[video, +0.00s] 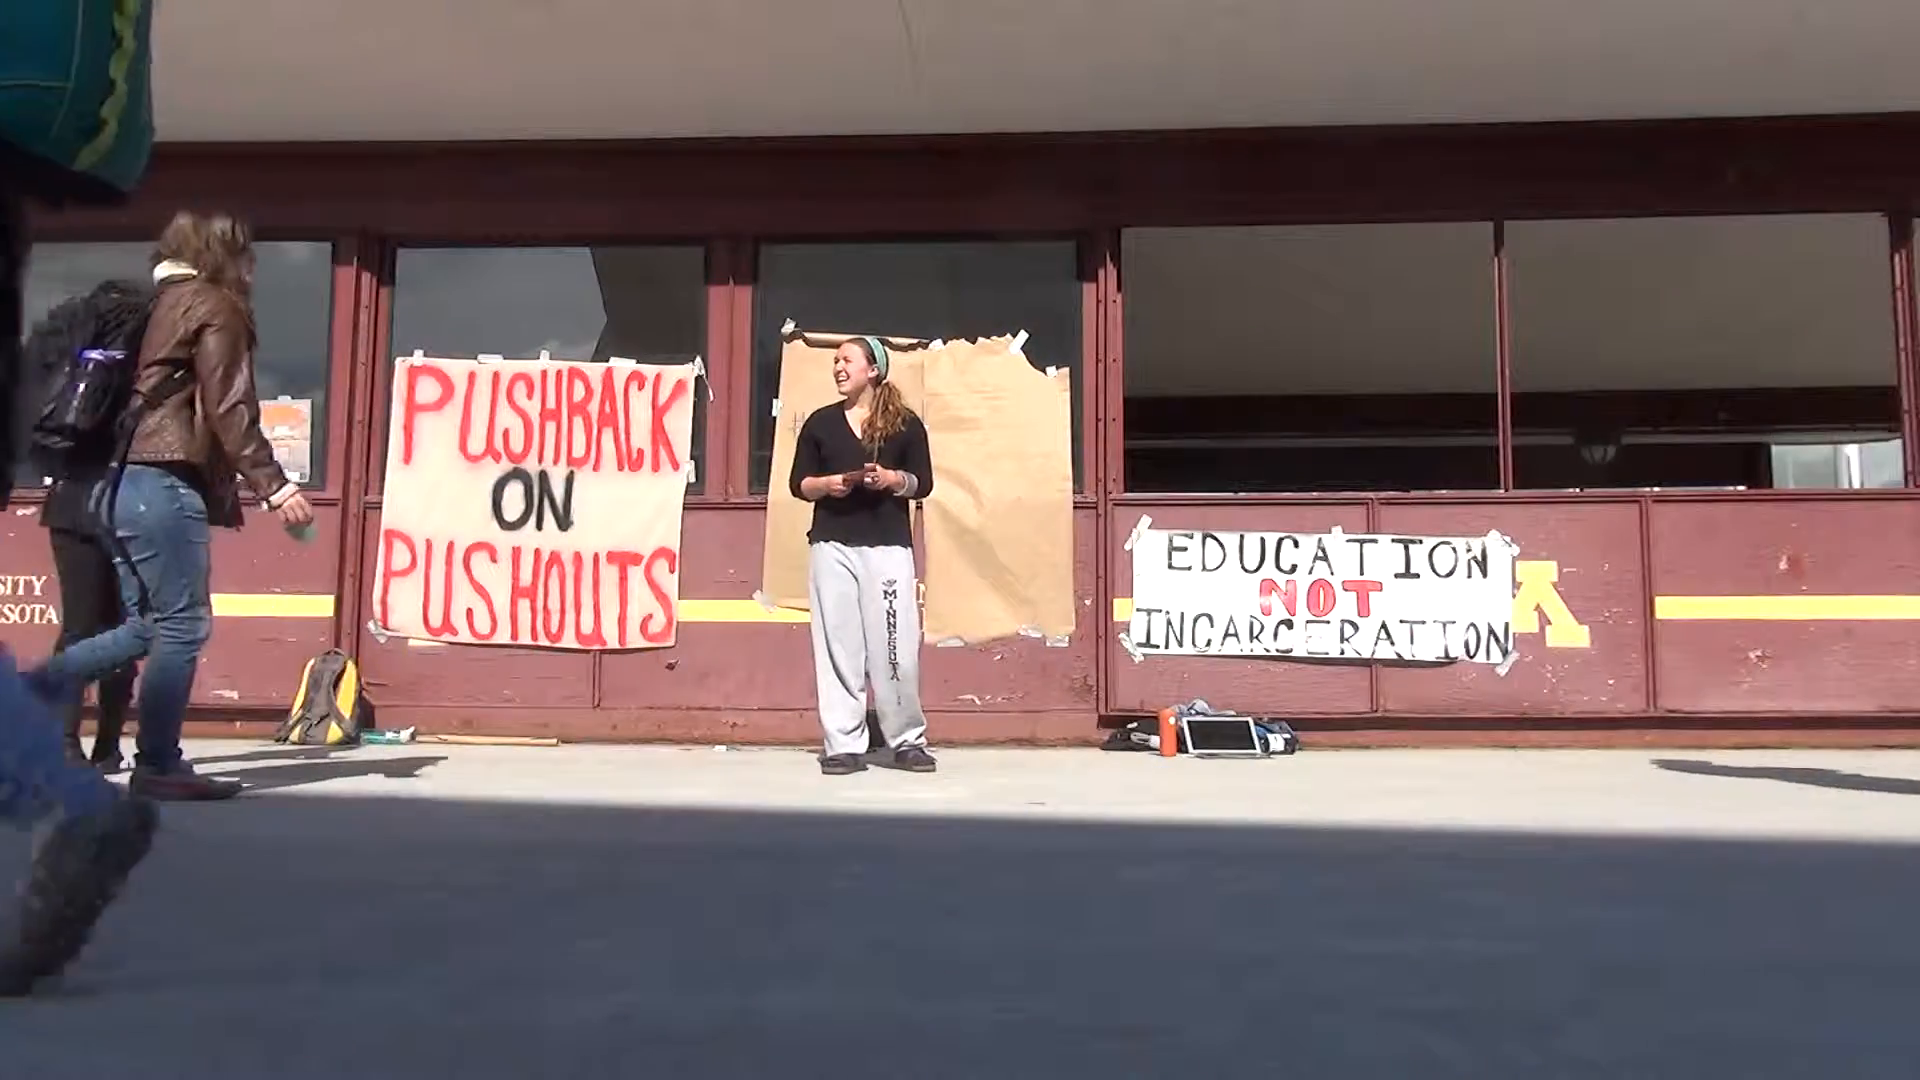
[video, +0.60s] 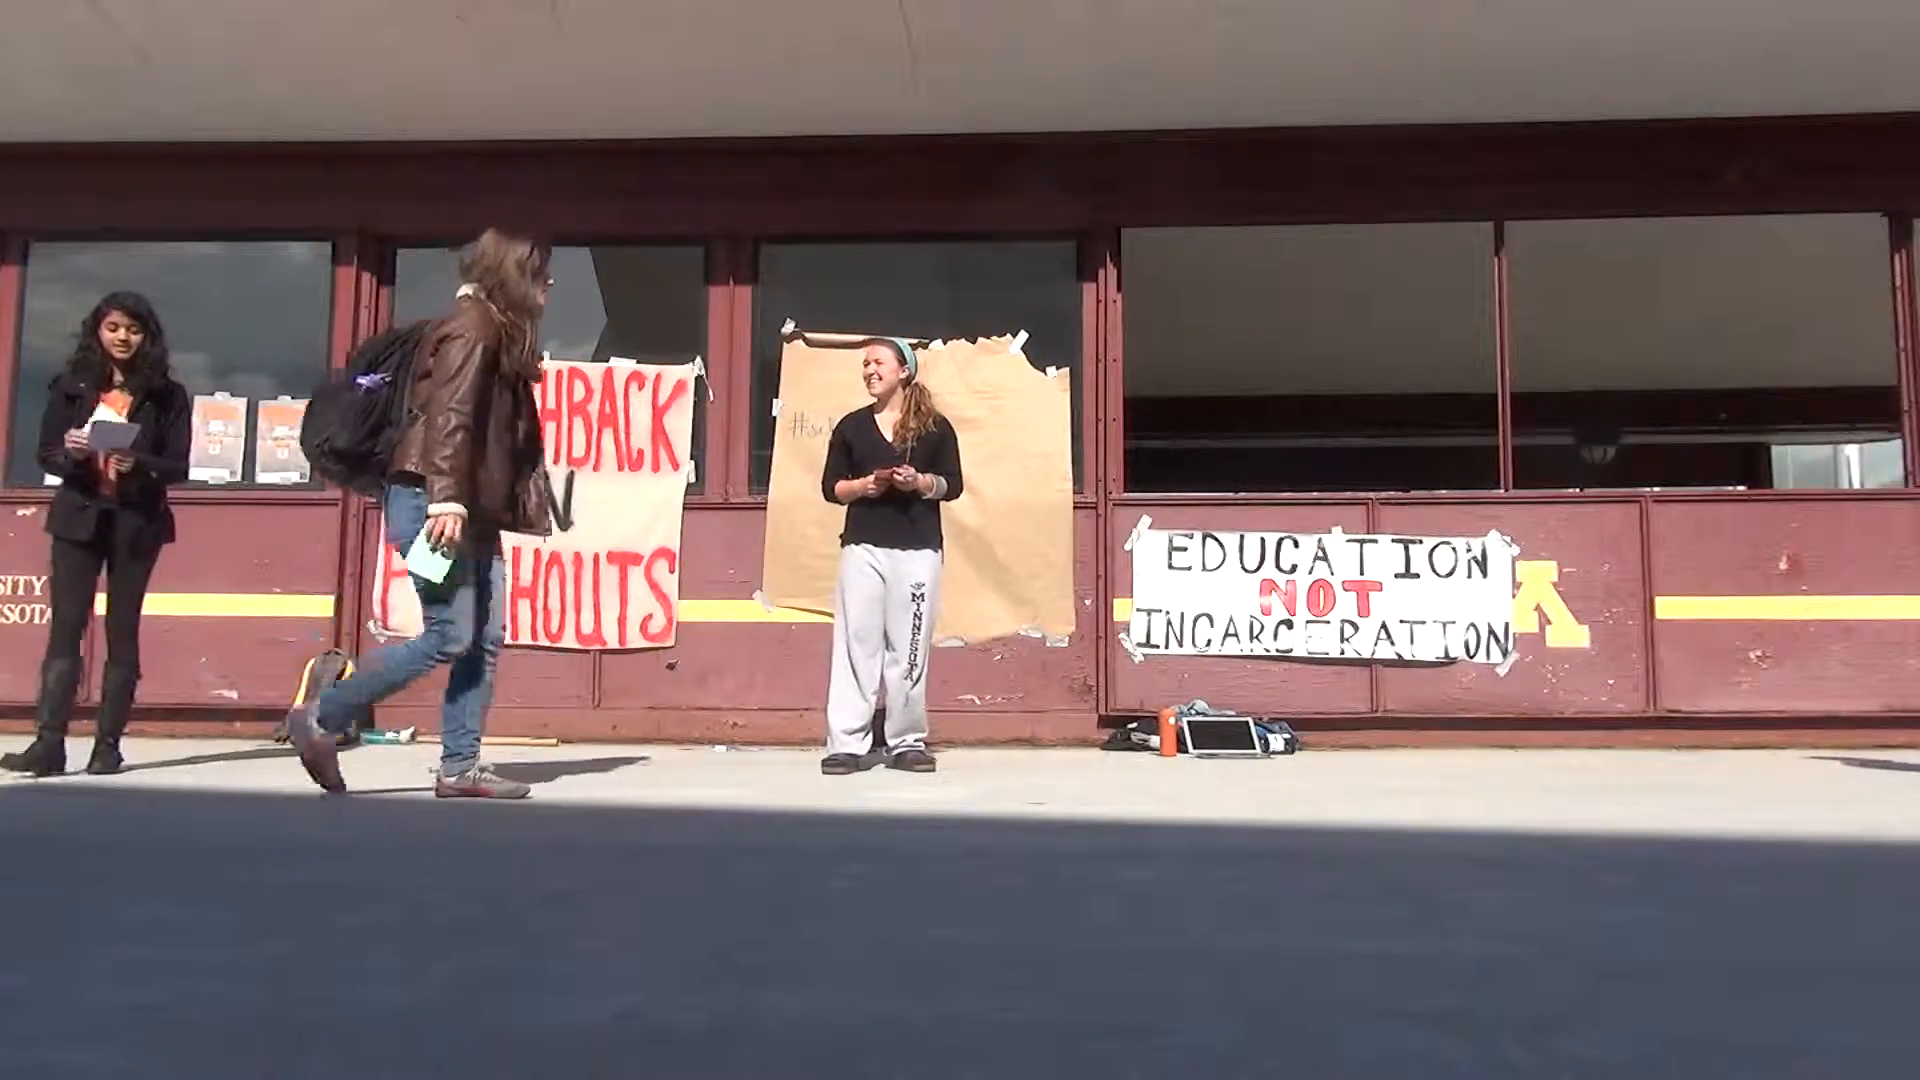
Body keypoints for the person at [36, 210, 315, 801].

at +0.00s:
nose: (247, 266)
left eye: (245, 255)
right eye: (242, 255)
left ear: (185, 251)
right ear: (224, 253)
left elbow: (160, 401)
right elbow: (228, 406)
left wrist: (216, 482)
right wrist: (279, 486)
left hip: (127, 485)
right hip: (164, 488)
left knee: (150, 624)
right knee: (182, 629)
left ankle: (37, 687)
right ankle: (160, 768)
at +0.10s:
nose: (292, 264)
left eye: (290, 253)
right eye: (287, 253)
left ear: (232, 249)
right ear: (270, 252)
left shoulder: (219, 296)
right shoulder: (247, 302)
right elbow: (275, 397)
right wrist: (335, 466)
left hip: (195, 481)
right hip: (196, 483)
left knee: (244, 618)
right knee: (187, 628)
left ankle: (138, 730)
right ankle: (160, 769)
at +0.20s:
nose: (337, 276)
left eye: (338, 264)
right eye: (333, 262)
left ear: (283, 253)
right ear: (310, 256)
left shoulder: (262, 303)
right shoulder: (282, 306)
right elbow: (316, 403)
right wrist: (384, 466)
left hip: (250, 491)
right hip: (228, 486)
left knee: (308, 607)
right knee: (200, 628)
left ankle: (289, 755)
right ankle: (157, 766)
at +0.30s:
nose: (392, 290)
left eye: (392, 279)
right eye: (386, 278)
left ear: (340, 267)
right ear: (358, 270)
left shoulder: (327, 320)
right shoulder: (319, 317)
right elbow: (341, 413)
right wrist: (411, 472)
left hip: (298, 503)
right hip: (266, 495)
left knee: (359, 630)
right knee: (224, 635)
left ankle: (411, 755)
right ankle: (160, 765)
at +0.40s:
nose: (444, 294)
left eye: (443, 283)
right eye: (436, 282)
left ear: (399, 279)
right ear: (408, 280)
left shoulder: (390, 338)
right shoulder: (373, 330)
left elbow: (381, 442)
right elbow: (362, 423)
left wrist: (417, 517)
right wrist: (423, 491)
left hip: (357, 515)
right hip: (317, 505)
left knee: (416, 633)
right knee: (262, 638)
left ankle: (447, 766)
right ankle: (169, 756)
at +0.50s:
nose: (501, 291)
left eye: (500, 281)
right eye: (494, 280)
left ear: (453, 277)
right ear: (466, 281)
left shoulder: (447, 337)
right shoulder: (424, 333)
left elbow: (446, 437)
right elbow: (406, 427)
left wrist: (462, 506)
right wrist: (429, 503)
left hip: (413, 513)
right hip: (375, 505)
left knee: (467, 625)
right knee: (342, 644)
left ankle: (458, 769)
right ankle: (214, 742)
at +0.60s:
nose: (546, 287)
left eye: (545, 276)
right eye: (539, 276)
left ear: (498, 271)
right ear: (512, 274)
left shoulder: (501, 330)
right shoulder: (475, 325)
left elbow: (485, 424)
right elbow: (451, 414)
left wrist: (502, 503)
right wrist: (446, 498)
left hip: (471, 501)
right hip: (433, 497)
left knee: (482, 640)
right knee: (449, 636)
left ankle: (458, 769)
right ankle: (320, 720)